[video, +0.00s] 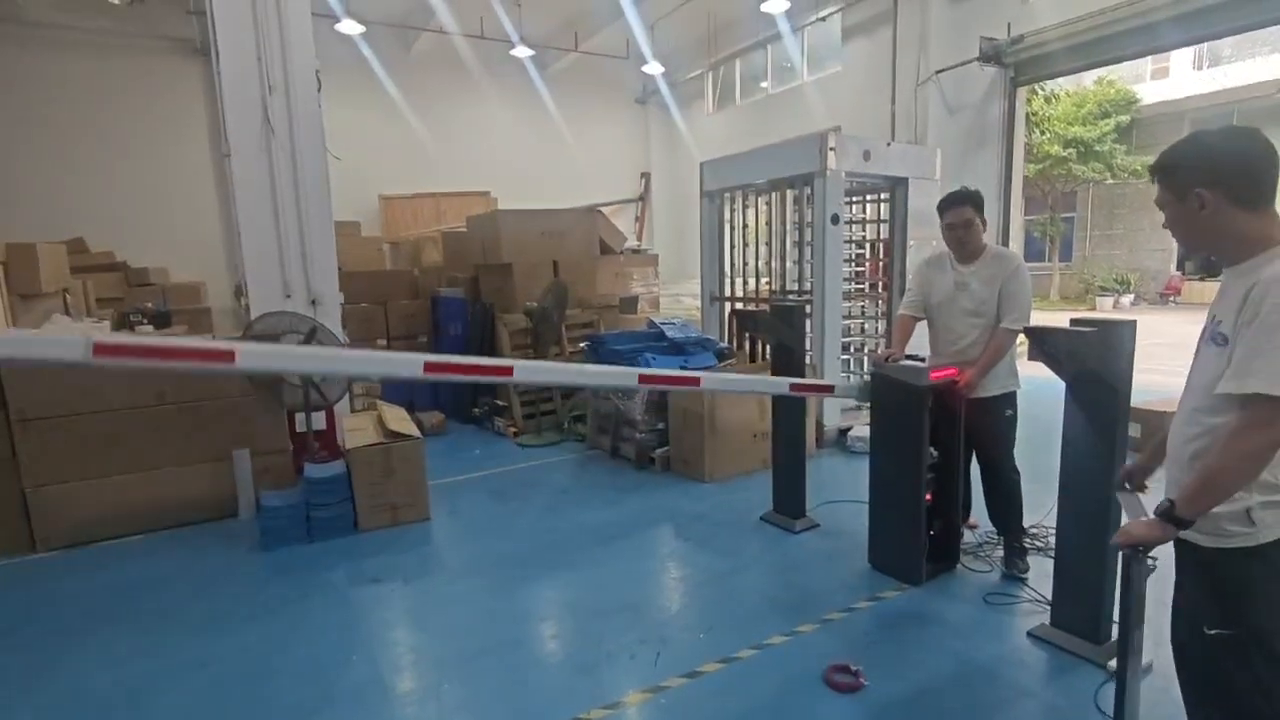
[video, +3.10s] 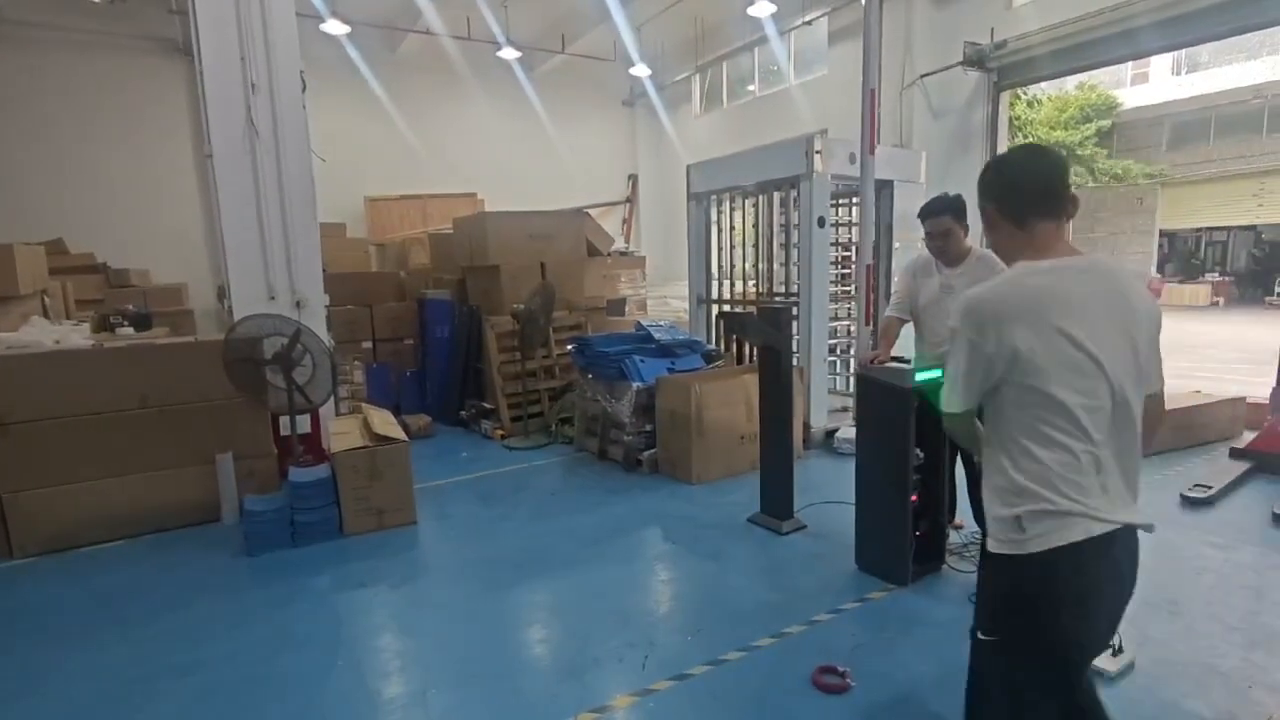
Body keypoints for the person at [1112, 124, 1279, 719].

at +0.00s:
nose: (1164, 224)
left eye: (1166, 208)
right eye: (1161, 210)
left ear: (1204, 201)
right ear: (1208, 199)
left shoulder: (1267, 283)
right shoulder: (1244, 278)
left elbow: (1263, 423)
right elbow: (1211, 396)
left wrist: (1171, 517)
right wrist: (1150, 460)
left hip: (1242, 549)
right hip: (1215, 543)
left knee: (1236, 698)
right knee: (1212, 690)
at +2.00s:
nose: (1146, 232)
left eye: (1144, 217)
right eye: (1141, 219)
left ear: (1179, 205)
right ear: (1188, 202)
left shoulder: (1253, 287)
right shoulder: (1236, 277)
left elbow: (1235, 422)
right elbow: (1228, 412)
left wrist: (1144, 514)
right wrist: (1158, 500)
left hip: (1226, 545)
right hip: (1211, 538)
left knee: (1227, 704)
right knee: (1215, 699)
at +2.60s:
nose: (1110, 240)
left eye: (1108, 224)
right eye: (1106, 227)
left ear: (1140, 209)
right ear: (1154, 207)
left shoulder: (1209, 288)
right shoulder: (1229, 274)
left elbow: (1174, 421)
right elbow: (1213, 425)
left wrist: (1091, 470)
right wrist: (1142, 491)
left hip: (1205, 546)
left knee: (1169, 701)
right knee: (1187, 699)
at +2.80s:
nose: (1070, 237)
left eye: (1071, 220)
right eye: (1067, 222)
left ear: (1099, 213)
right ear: (1147, 209)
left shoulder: (1145, 297)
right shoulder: (1201, 282)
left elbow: (1098, 431)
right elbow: (1230, 419)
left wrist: (1045, 462)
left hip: (1152, 552)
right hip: (1199, 541)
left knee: (1105, 693)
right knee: (1180, 693)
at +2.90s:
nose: (1042, 241)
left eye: (1043, 223)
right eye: (1040, 224)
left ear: (1070, 218)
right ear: (1122, 213)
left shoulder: (1097, 306)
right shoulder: (1173, 289)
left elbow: (1045, 434)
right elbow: (1155, 409)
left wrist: (1018, 464)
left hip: (1112, 554)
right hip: (1174, 540)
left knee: (1082, 699)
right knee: (1162, 691)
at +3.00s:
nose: (1012, 237)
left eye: (1011, 220)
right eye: (1010, 221)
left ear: (1030, 216)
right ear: (1093, 207)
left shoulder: (1042, 306)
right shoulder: (1153, 293)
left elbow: (992, 432)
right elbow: (1145, 411)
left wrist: (1001, 459)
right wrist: (1036, 448)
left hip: (1067, 569)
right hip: (1148, 556)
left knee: (1024, 703)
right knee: (1111, 674)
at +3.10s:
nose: (979, 235)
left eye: (977, 221)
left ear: (991, 218)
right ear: (1072, 206)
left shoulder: (988, 304)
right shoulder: (1131, 291)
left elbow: (956, 417)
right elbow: (1148, 423)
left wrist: (1000, 452)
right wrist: (1095, 461)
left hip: (1032, 560)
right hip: (1114, 551)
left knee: (1004, 705)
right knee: (1066, 689)